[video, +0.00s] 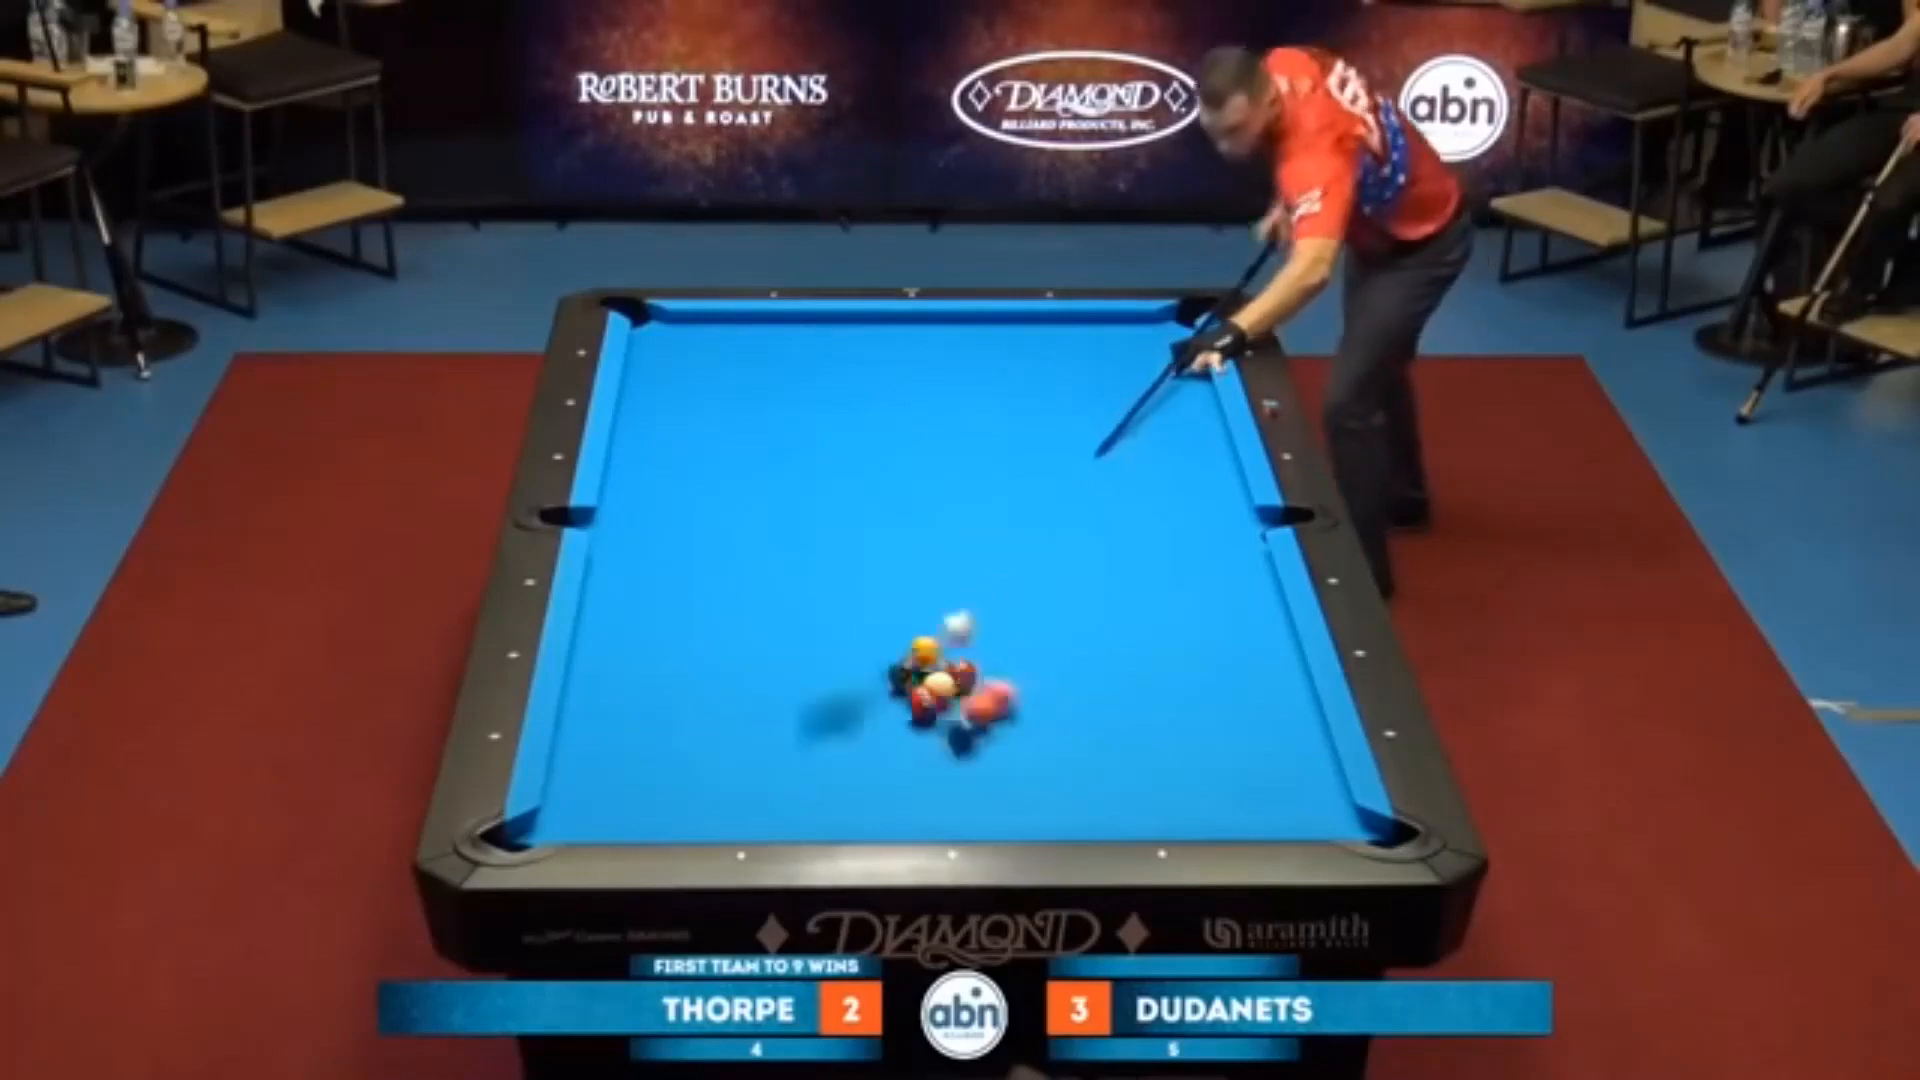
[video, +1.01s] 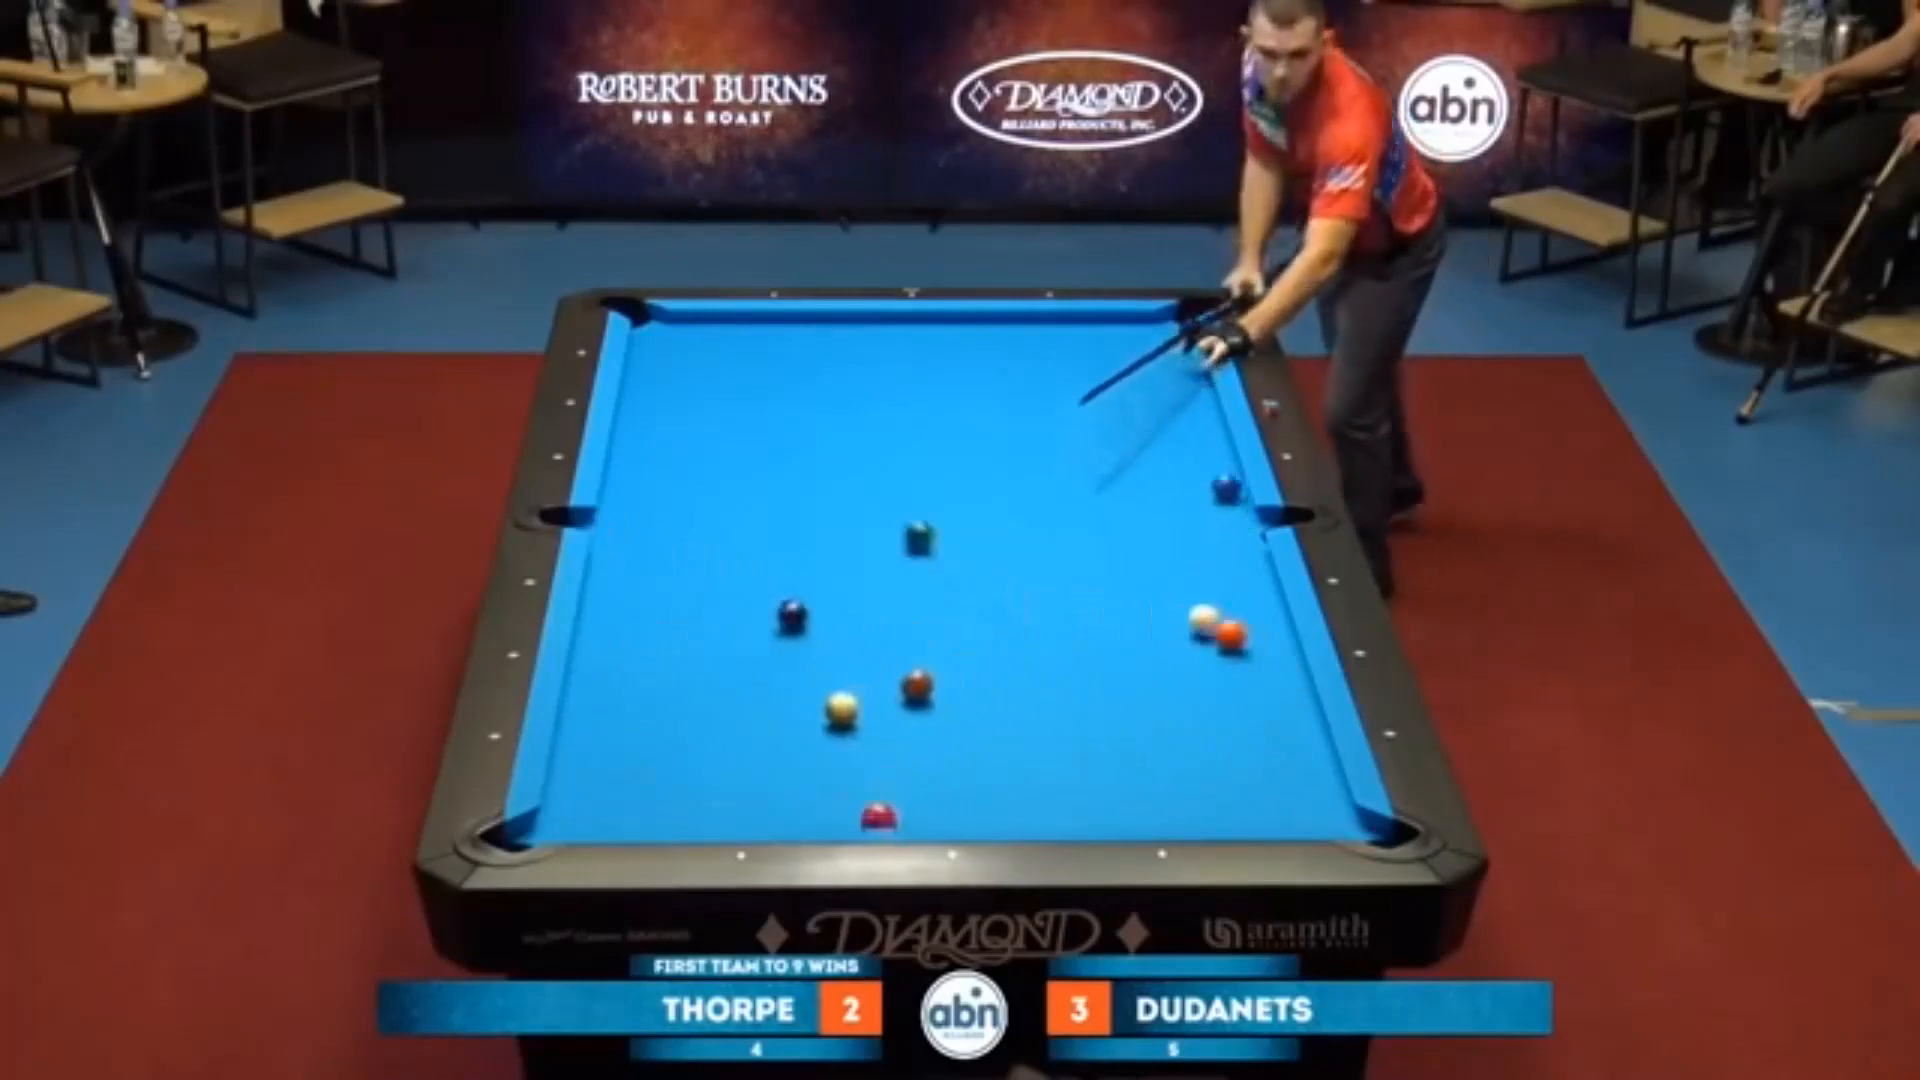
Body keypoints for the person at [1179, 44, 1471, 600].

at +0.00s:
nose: (1226, 145)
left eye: (1235, 132)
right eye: (1216, 134)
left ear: (1270, 101)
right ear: (1202, 111)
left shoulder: (1316, 143)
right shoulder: (1284, 64)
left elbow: (1313, 267)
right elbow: (1311, 133)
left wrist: (1231, 335)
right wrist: (1290, 200)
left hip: (1425, 237)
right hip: (1370, 227)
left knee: (1347, 405)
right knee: (1378, 366)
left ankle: (1368, 573)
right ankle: (1405, 497)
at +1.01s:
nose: (1279, 71)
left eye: (1296, 57)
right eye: (1267, 55)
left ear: (1325, 43)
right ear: (1250, 39)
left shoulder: (1350, 113)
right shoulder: (1257, 68)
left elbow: (1323, 254)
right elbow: (1262, 162)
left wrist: (1247, 331)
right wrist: (1249, 260)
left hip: (1397, 243)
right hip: (1335, 235)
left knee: (1350, 412)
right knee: (1367, 369)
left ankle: (1368, 572)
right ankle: (1397, 482)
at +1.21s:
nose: (1288, 36)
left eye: (1305, 19)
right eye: (1277, 18)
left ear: (1336, 16)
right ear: (1262, 13)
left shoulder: (1357, 94)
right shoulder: (1270, 51)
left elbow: (1319, 235)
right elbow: (1270, 158)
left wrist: (1249, 323)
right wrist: (1248, 260)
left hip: (1391, 247)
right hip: (1325, 233)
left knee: (1354, 412)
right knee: (1328, 380)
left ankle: (1370, 567)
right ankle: (1387, 484)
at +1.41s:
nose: (1290, 7)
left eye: (1303, 0)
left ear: (1334, 1)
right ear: (1274, 2)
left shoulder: (1367, 65)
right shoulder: (1282, 37)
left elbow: (1337, 207)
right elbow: (1274, 148)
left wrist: (1260, 289)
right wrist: (1243, 250)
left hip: (1384, 245)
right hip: (1319, 230)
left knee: (1358, 405)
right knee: (1314, 393)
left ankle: (1368, 565)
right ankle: (1320, 533)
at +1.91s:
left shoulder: (1398, 30)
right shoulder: (1281, 20)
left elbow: (1408, 160)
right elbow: (1268, 127)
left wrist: (1380, 263)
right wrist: (1244, 223)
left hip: (1359, 240)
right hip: (1283, 232)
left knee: (1361, 404)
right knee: (1295, 398)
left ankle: (1368, 562)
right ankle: (1304, 541)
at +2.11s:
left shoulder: (1404, 28)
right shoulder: (1281, 16)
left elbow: (1433, 159)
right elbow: (1266, 123)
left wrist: (1446, 271)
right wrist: (1237, 218)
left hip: (1362, 238)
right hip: (1285, 231)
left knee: (1362, 405)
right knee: (1300, 399)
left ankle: (1368, 566)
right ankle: (1309, 543)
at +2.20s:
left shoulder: (1406, 27)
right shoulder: (1285, 16)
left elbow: (1436, 151)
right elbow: (1262, 120)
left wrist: (1457, 263)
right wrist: (1225, 215)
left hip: (1361, 236)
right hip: (1286, 229)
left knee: (1361, 404)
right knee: (1301, 397)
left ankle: (1368, 566)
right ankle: (1310, 540)